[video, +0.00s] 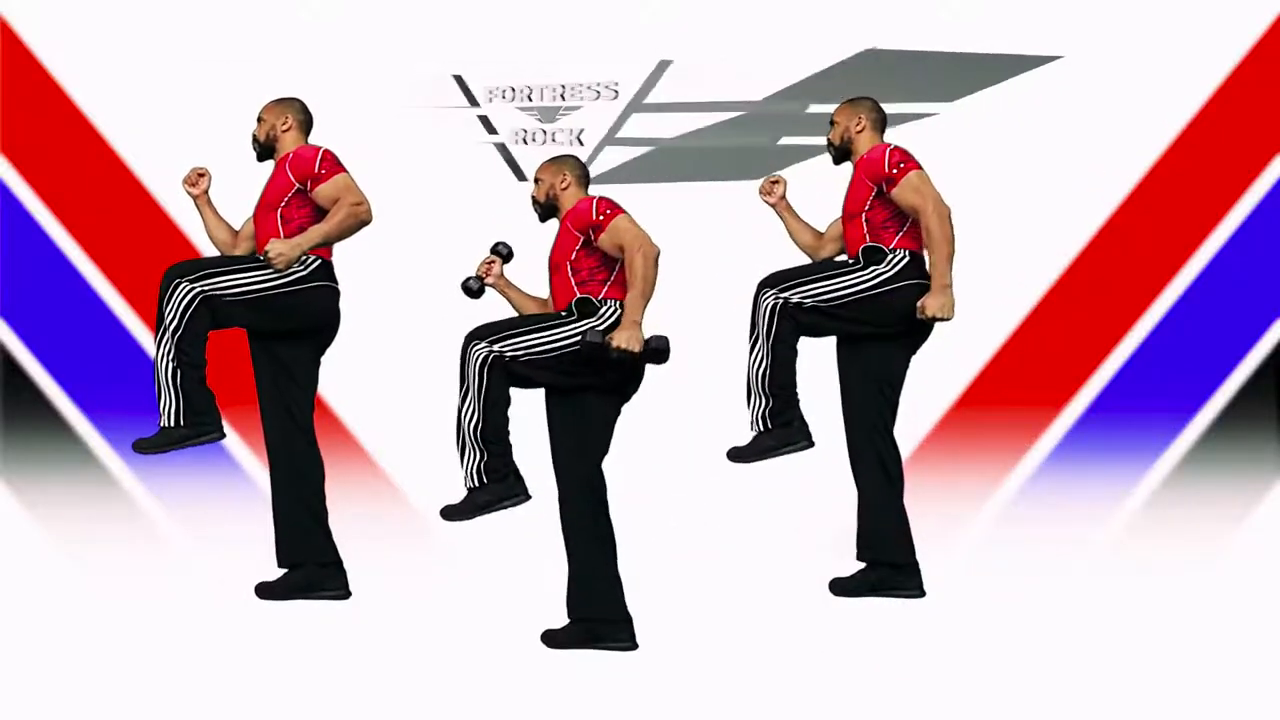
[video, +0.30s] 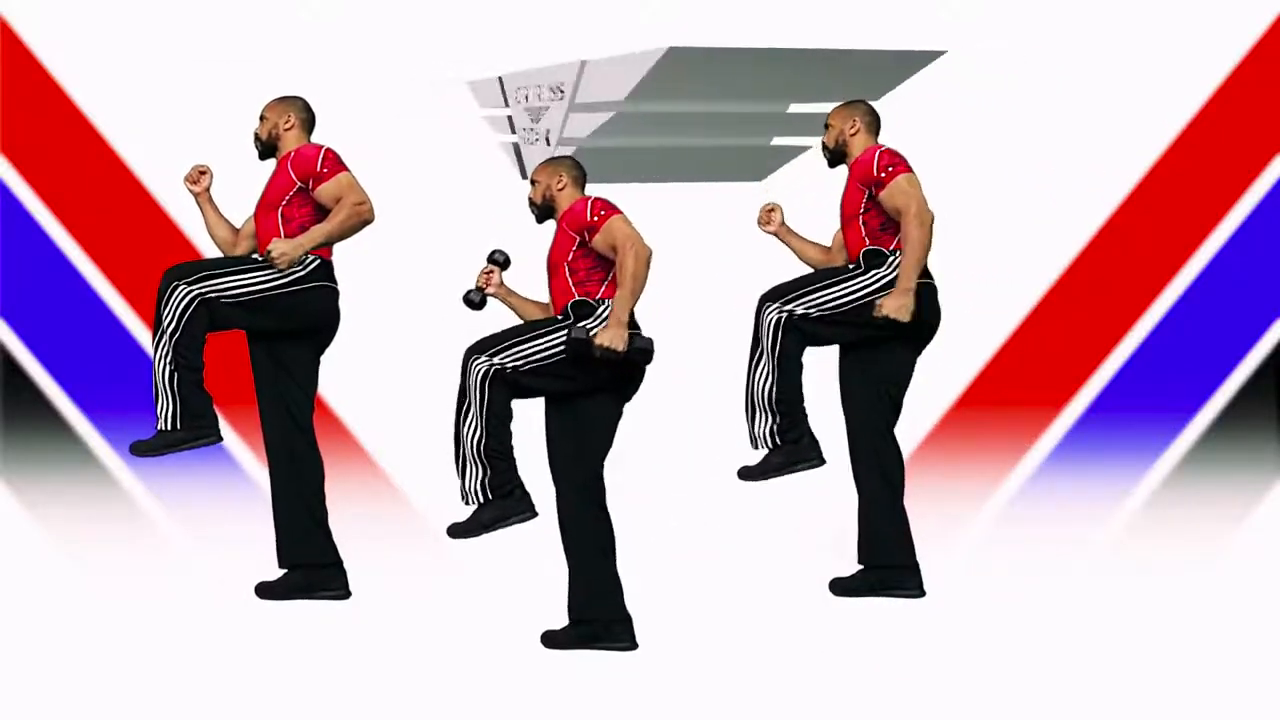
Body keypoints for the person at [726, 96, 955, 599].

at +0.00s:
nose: (828, 133)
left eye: (833, 123)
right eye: (829, 125)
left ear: (858, 123)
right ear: (860, 126)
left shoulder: (884, 156)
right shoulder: (864, 183)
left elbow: (934, 209)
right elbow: (822, 248)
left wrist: (940, 287)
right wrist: (782, 206)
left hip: (894, 274)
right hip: (890, 291)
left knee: (774, 294)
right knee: (868, 431)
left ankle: (781, 422)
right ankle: (891, 566)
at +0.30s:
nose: (823, 137)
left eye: (829, 128)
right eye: (824, 130)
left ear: (854, 127)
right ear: (853, 129)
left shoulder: (877, 159)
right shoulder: (857, 186)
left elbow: (917, 214)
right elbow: (834, 260)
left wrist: (904, 289)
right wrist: (783, 231)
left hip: (889, 280)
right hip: (895, 295)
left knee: (777, 309)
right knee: (869, 432)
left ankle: (790, 440)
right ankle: (891, 568)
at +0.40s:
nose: (814, 142)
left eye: (818, 132)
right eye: (815, 135)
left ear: (841, 129)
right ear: (851, 132)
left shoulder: (866, 162)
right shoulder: (859, 181)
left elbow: (882, 233)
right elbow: (861, 271)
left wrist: (832, 290)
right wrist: (803, 275)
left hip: (901, 284)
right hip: (907, 299)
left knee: (797, 355)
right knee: (876, 432)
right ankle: (892, 568)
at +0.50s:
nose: (804, 152)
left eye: (809, 142)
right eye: (804, 144)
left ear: (834, 139)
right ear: (840, 141)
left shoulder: (853, 173)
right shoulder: (869, 180)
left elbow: (837, 248)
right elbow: (890, 261)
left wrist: (766, 264)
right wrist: (860, 309)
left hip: (899, 289)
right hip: (907, 296)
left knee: (846, 407)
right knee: (877, 426)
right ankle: (890, 566)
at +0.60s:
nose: (794, 162)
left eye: (800, 152)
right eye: (794, 154)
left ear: (824, 151)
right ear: (836, 155)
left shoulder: (837, 184)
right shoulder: (866, 190)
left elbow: (795, 257)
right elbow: (929, 246)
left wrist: (738, 234)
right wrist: (914, 308)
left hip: (903, 296)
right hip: (893, 306)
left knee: (915, 432)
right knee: (864, 432)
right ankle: (891, 565)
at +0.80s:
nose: (781, 185)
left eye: (787, 176)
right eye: (782, 177)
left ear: (814, 172)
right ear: (824, 178)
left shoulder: (824, 207)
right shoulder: (862, 205)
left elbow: (765, 271)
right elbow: (938, 224)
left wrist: (726, 226)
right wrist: (957, 292)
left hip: (916, 308)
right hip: (903, 319)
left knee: (987, 429)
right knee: (866, 433)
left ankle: (1128, 534)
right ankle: (891, 567)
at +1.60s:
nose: (772, 186)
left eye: (777, 176)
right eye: (771, 178)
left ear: (803, 173)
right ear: (810, 175)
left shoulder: (822, 203)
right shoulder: (847, 206)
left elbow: (808, 277)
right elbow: (914, 253)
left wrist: (747, 289)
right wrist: (908, 314)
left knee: (949, 433)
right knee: (860, 438)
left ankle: (1092, 526)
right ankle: (890, 575)